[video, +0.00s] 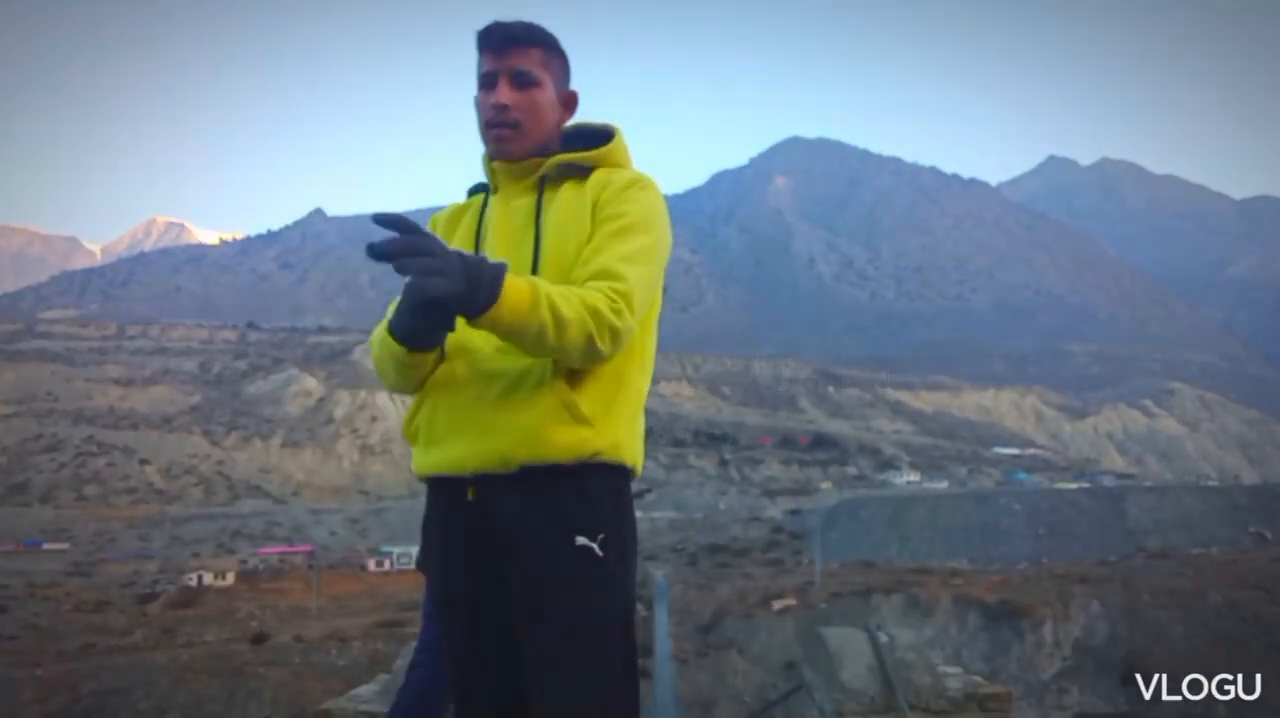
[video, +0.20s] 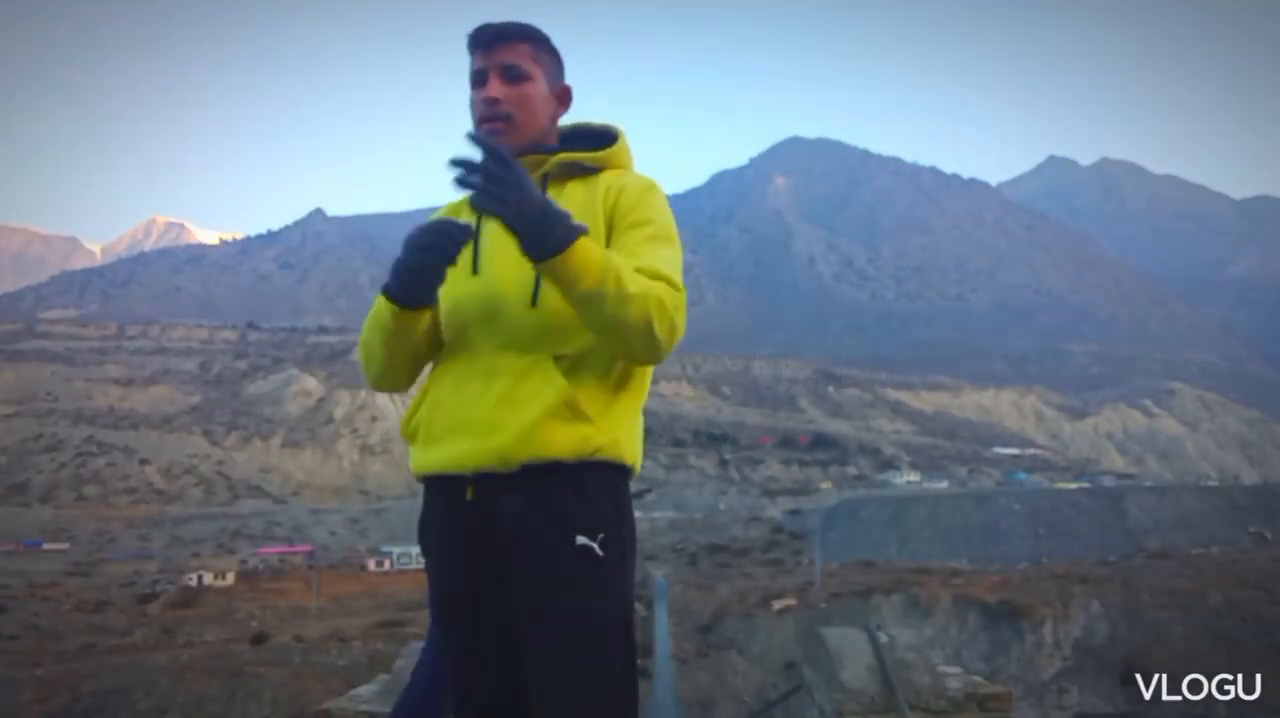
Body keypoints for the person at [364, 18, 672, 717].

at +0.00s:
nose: (498, 96)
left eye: (522, 81)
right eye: (488, 81)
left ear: (566, 102)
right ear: (474, 98)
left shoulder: (621, 195)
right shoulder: (449, 225)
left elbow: (598, 326)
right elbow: (394, 373)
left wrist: (481, 285)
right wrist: (422, 313)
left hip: (572, 501)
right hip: (459, 504)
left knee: (581, 698)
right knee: (473, 697)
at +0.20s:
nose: (490, 93)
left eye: (513, 76)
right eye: (478, 80)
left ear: (560, 97)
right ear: (466, 100)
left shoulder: (621, 193)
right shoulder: (457, 221)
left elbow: (653, 328)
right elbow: (384, 372)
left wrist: (542, 224)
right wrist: (406, 287)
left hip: (571, 493)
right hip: (456, 498)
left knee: (583, 696)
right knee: (474, 694)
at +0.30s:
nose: (489, 93)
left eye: (511, 76)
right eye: (477, 80)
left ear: (558, 93)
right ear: (466, 99)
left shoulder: (618, 193)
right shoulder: (442, 228)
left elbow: (692, 309)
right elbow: (369, 346)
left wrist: (606, 170)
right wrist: (376, 244)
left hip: (574, 493)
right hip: (457, 496)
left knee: (583, 697)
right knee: (476, 696)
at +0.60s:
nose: (482, 99)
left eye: (503, 79)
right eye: (469, 85)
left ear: (553, 95)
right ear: (461, 110)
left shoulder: (620, 184)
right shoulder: (445, 202)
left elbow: (723, 95)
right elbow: (334, 152)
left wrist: (623, 89)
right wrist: (454, 120)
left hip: (574, 492)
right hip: (457, 496)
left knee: (585, 699)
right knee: (474, 698)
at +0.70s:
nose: (483, 97)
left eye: (505, 77)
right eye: (471, 83)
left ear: (554, 94)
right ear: (463, 109)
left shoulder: (622, 184)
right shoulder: (447, 203)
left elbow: (721, 82)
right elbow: (340, 146)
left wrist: (615, 94)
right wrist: (465, 117)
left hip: (573, 492)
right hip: (457, 495)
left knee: (585, 699)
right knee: (474, 698)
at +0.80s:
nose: (488, 93)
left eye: (511, 75)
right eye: (478, 80)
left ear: (561, 98)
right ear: (471, 103)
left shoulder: (621, 188)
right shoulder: (448, 205)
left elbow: (715, 93)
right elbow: (332, 159)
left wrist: (611, 101)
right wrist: (457, 127)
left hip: (573, 494)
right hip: (456, 498)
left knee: (586, 699)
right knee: (474, 697)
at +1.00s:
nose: (507, 84)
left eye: (530, 69)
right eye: (496, 73)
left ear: (574, 97)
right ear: (486, 97)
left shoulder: (608, 194)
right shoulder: (450, 216)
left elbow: (688, 173)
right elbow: (319, 211)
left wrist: (611, 106)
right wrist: (428, 143)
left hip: (577, 500)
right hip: (460, 502)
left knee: (586, 700)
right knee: (469, 697)